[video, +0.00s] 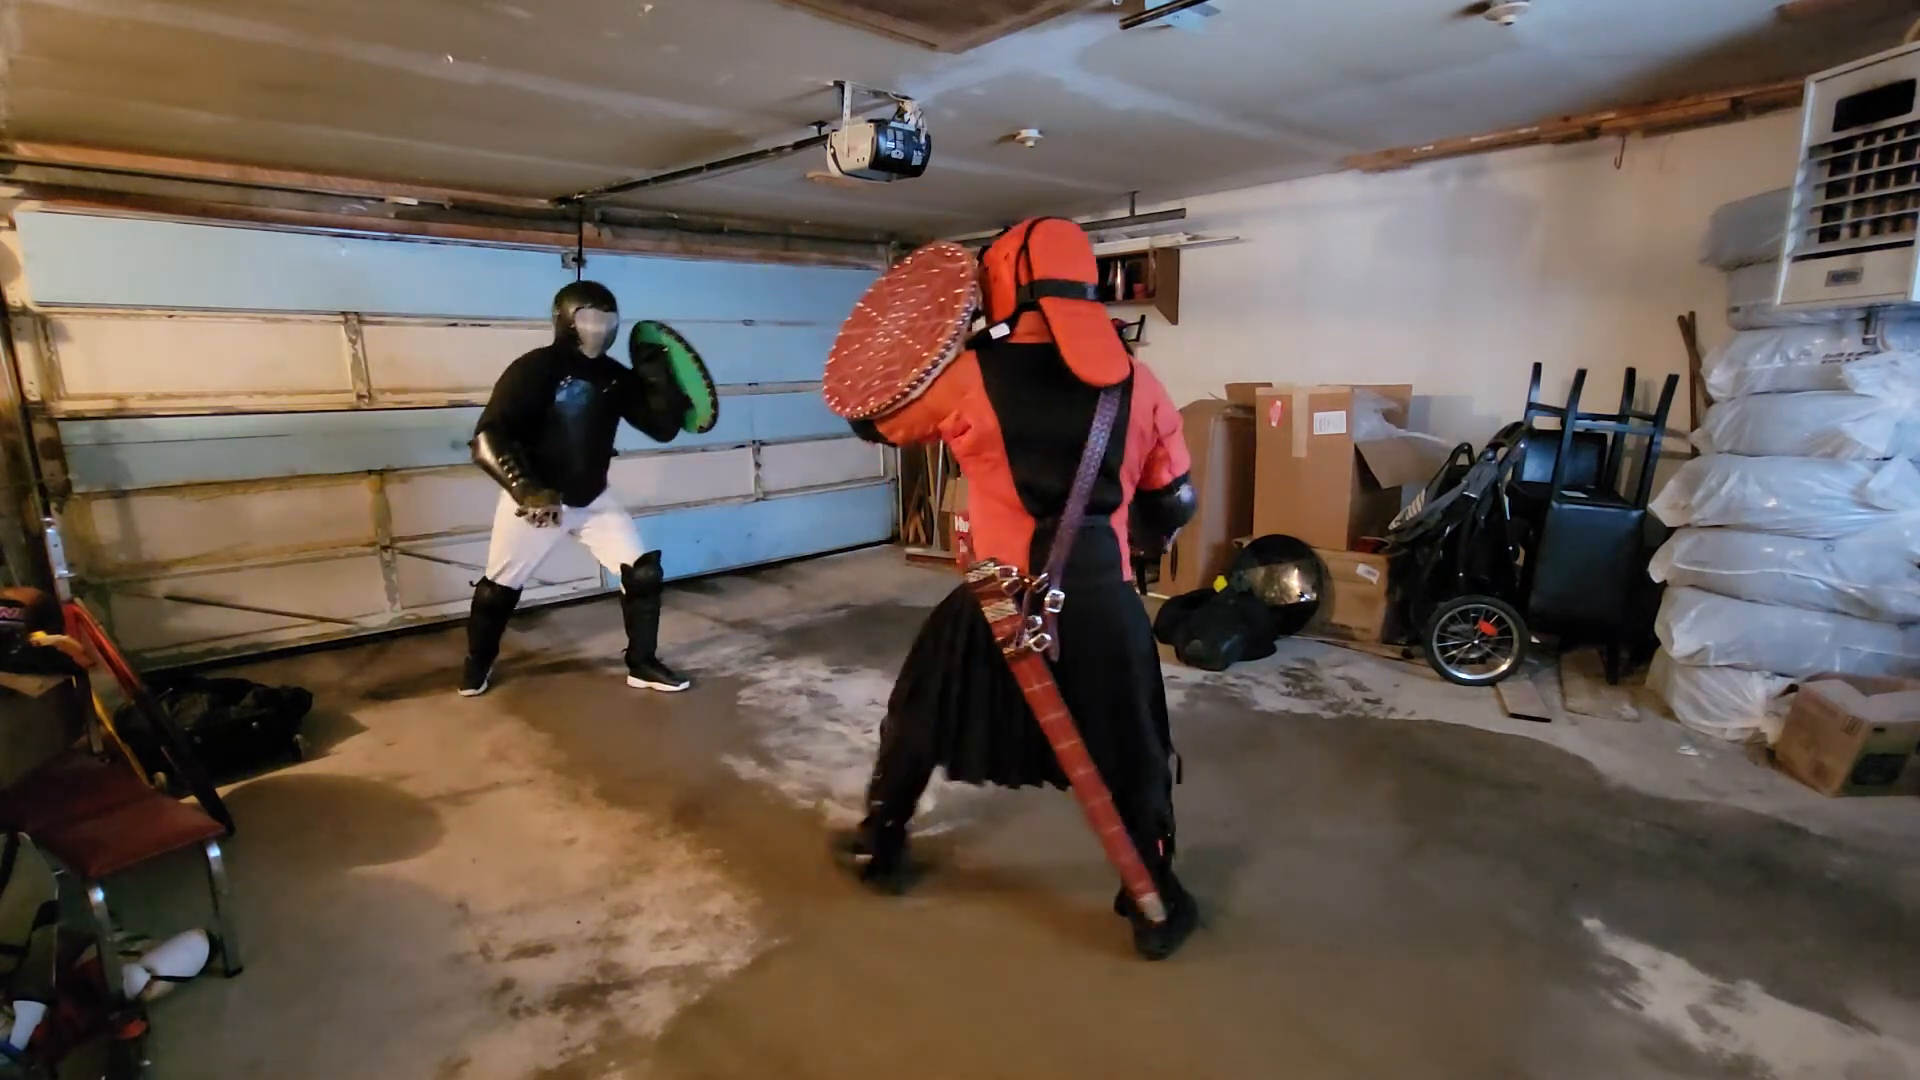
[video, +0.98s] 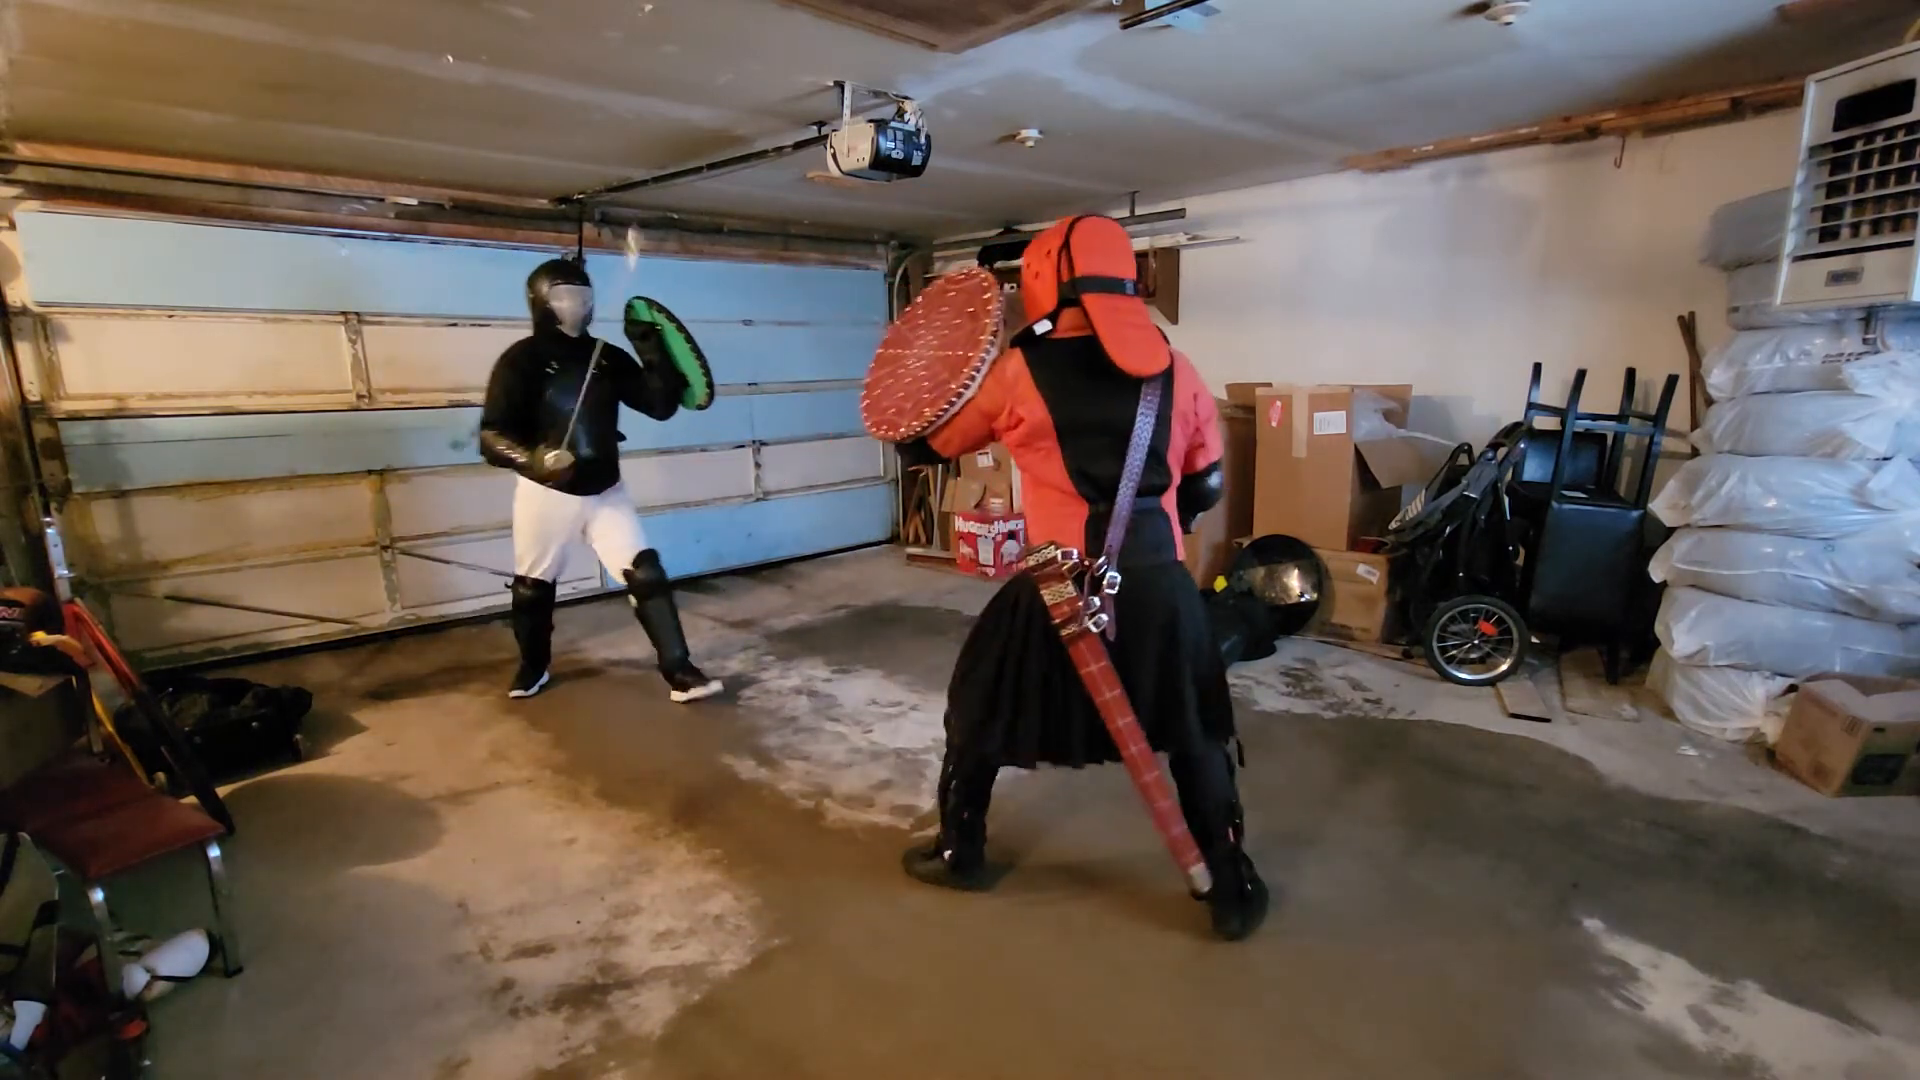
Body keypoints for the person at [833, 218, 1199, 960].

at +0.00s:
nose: (988, 299)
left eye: (993, 286)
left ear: (1004, 291)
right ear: (1087, 289)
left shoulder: (975, 376)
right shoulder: (1135, 383)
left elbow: (884, 424)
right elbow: (1172, 499)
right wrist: (1132, 550)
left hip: (994, 605)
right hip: (1102, 605)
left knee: (919, 714)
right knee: (1133, 748)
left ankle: (880, 839)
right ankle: (1153, 902)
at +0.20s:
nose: (977, 300)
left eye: (982, 287)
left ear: (995, 294)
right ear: (1074, 292)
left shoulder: (969, 379)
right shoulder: (1120, 385)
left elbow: (879, 433)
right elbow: (1145, 500)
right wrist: (1116, 566)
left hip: (1000, 603)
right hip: (1102, 601)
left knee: (943, 700)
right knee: (1131, 743)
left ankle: (954, 853)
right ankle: (1155, 904)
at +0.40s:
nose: (947, 288)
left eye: (954, 277)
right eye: (950, 276)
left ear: (973, 284)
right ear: (1047, 278)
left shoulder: (949, 369)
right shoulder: (1102, 363)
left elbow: (871, 445)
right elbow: (1118, 453)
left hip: (1002, 579)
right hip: (1103, 576)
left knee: (949, 699)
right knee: (1140, 724)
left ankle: (955, 853)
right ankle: (1163, 892)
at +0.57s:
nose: (946, 291)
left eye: (951, 280)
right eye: (952, 280)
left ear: (967, 285)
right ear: (1045, 279)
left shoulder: (948, 371)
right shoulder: (1098, 359)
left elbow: (866, 447)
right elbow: (1124, 446)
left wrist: (866, 364)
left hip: (1004, 572)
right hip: (1105, 564)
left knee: (951, 697)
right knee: (1156, 711)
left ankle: (955, 854)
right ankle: (1198, 871)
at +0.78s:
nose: (983, 304)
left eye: (987, 292)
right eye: (986, 291)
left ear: (1008, 297)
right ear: (1084, 292)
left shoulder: (984, 379)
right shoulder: (1136, 376)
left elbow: (906, 452)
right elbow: (1164, 491)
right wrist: (1127, 558)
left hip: (1028, 585)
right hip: (1131, 583)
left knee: (960, 709)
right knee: (1178, 725)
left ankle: (957, 855)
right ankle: (1223, 884)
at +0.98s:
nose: (1024, 293)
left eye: (1031, 281)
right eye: (1026, 280)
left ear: (1051, 285)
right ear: (1122, 283)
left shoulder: (1019, 368)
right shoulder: (1176, 371)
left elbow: (941, 441)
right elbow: (1202, 490)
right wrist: (1144, 529)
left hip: (1054, 585)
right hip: (1159, 585)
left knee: (980, 699)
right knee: (1193, 728)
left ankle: (961, 845)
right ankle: (1233, 887)